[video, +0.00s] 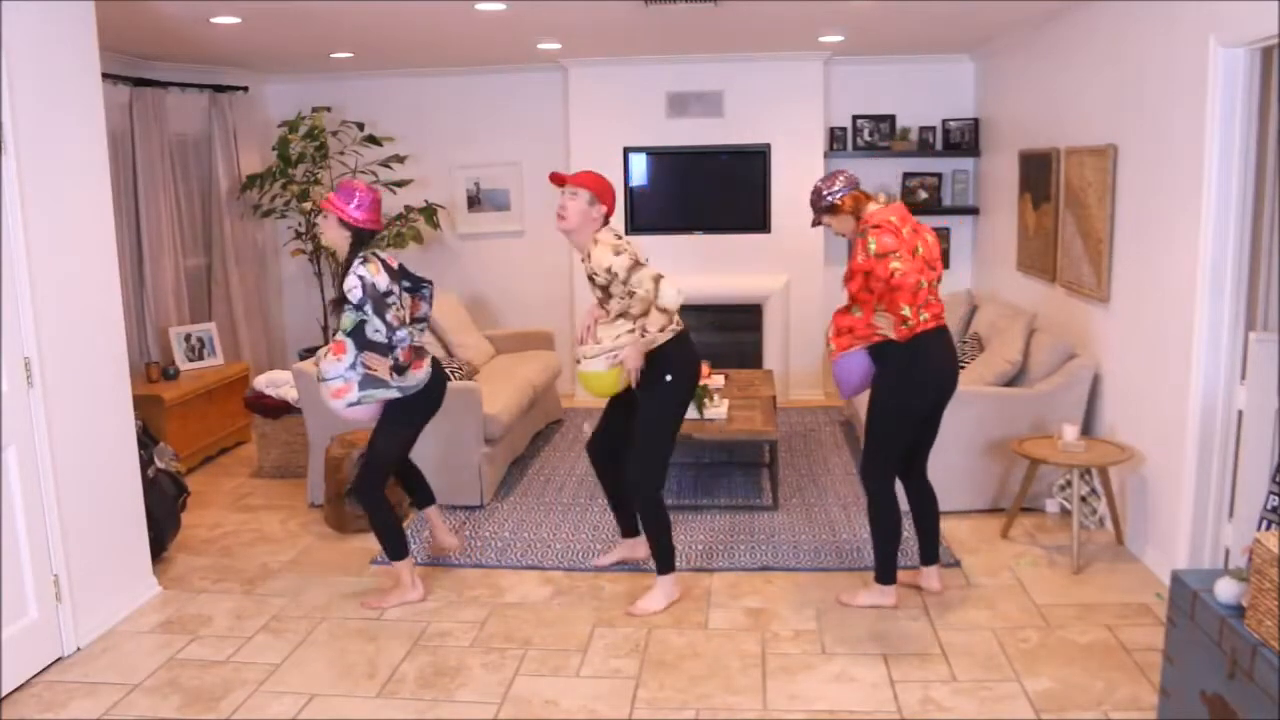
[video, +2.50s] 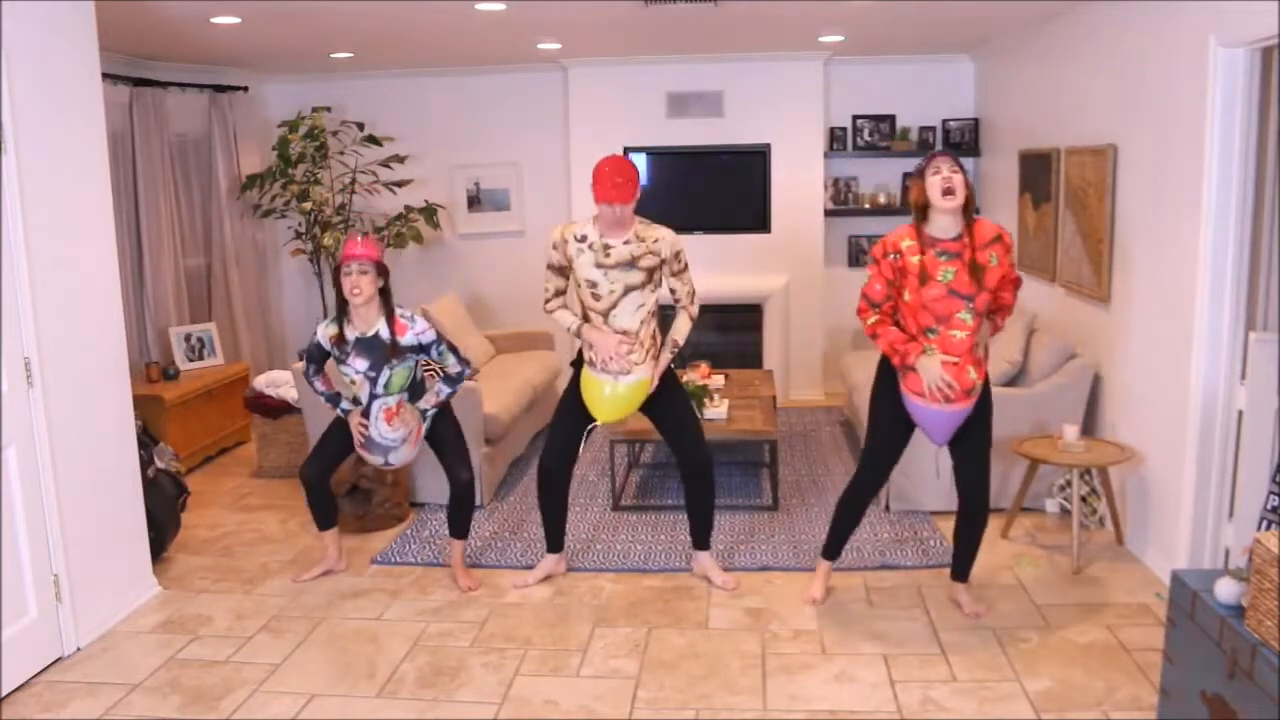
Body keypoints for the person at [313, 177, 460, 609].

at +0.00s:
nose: (320, 224)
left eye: (326, 217)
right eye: (323, 216)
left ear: (346, 226)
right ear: (355, 226)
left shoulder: (360, 276)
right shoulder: (381, 260)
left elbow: (385, 345)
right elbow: (422, 289)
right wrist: (409, 336)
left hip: (412, 392)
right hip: (429, 377)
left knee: (367, 485)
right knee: (394, 457)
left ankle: (408, 583)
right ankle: (442, 534)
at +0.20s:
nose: (312, 224)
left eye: (319, 219)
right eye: (315, 217)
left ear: (340, 231)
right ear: (348, 231)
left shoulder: (352, 280)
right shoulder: (371, 263)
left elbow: (334, 361)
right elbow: (408, 286)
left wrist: (305, 375)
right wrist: (400, 338)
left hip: (405, 394)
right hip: (416, 381)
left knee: (362, 488)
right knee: (377, 465)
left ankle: (408, 583)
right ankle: (387, 539)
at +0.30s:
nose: (309, 226)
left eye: (317, 221)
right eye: (312, 219)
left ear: (339, 233)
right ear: (343, 233)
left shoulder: (347, 284)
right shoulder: (368, 261)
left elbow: (330, 364)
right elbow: (403, 284)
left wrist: (303, 378)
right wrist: (396, 335)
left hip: (402, 394)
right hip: (410, 383)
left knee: (361, 491)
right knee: (367, 467)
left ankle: (408, 583)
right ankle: (366, 539)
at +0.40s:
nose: (308, 227)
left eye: (317, 224)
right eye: (312, 221)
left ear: (338, 237)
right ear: (337, 237)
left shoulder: (351, 286)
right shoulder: (350, 273)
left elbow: (329, 366)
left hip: (403, 393)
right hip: (388, 388)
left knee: (361, 484)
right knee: (351, 462)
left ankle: (409, 582)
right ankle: (359, 543)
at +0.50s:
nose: (307, 227)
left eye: (317, 223)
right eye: (312, 220)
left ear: (338, 237)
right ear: (336, 237)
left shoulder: (352, 286)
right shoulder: (340, 277)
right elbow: (350, 339)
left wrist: (392, 373)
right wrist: (315, 368)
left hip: (400, 393)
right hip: (378, 389)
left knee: (359, 484)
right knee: (344, 463)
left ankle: (410, 582)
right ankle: (358, 545)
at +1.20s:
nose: (336, 231)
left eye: (346, 224)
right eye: (330, 223)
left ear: (362, 234)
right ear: (321, 231)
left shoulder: (384, 278)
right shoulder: (315, 287)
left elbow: (437, 324)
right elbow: (304, 328)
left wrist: (393, 355)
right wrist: (315, 355)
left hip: (401, 382)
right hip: (351, 388)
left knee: (423, 469)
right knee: (325, 470)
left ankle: (452, 559)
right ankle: (355, 552)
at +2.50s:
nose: (354, 281)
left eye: (364, 272)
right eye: (347, 273)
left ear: (380, 279)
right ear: (339, 281)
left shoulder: (410, 324)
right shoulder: (331, 332)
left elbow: (460, 368)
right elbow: (311, 370)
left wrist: (421, 409)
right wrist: (347, 410)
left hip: (420, 403)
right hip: (365, 409)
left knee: (463, 477)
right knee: (312, 474)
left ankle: (457, 560)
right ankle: (333, 555)